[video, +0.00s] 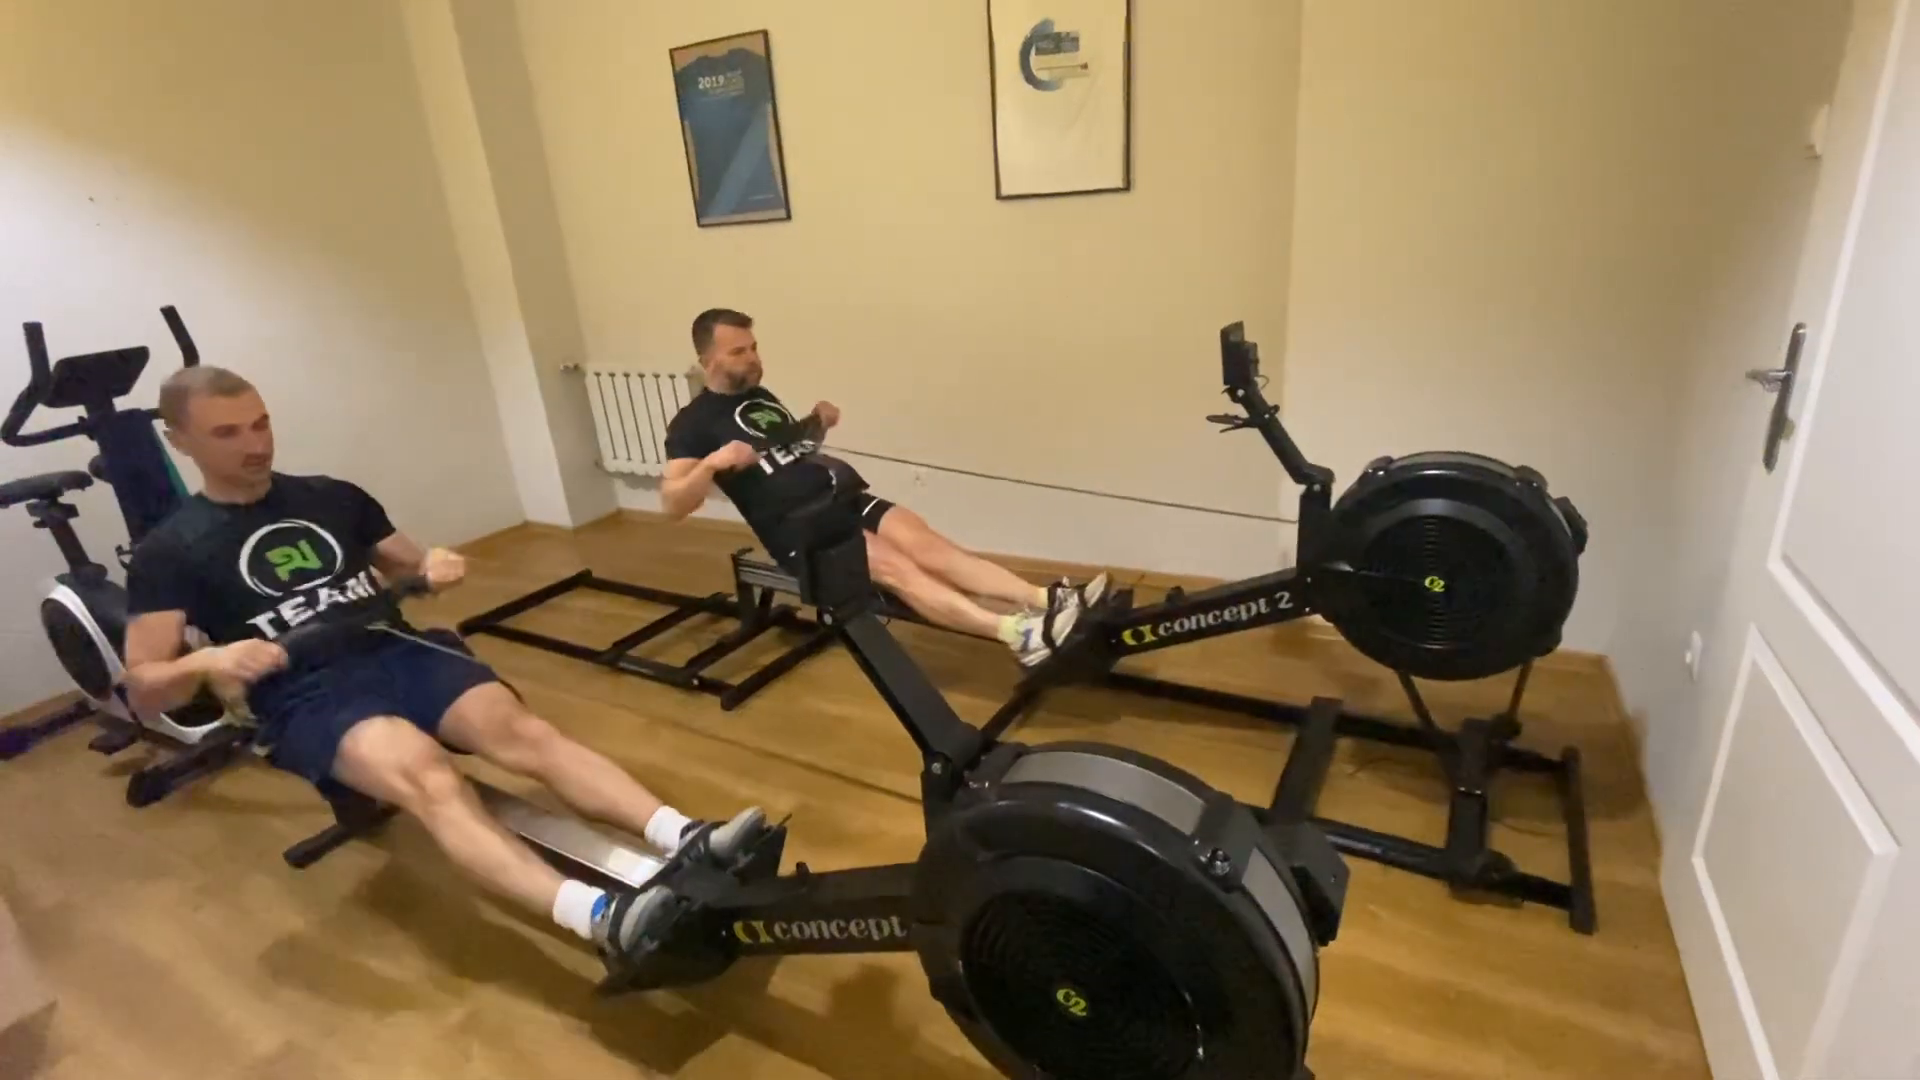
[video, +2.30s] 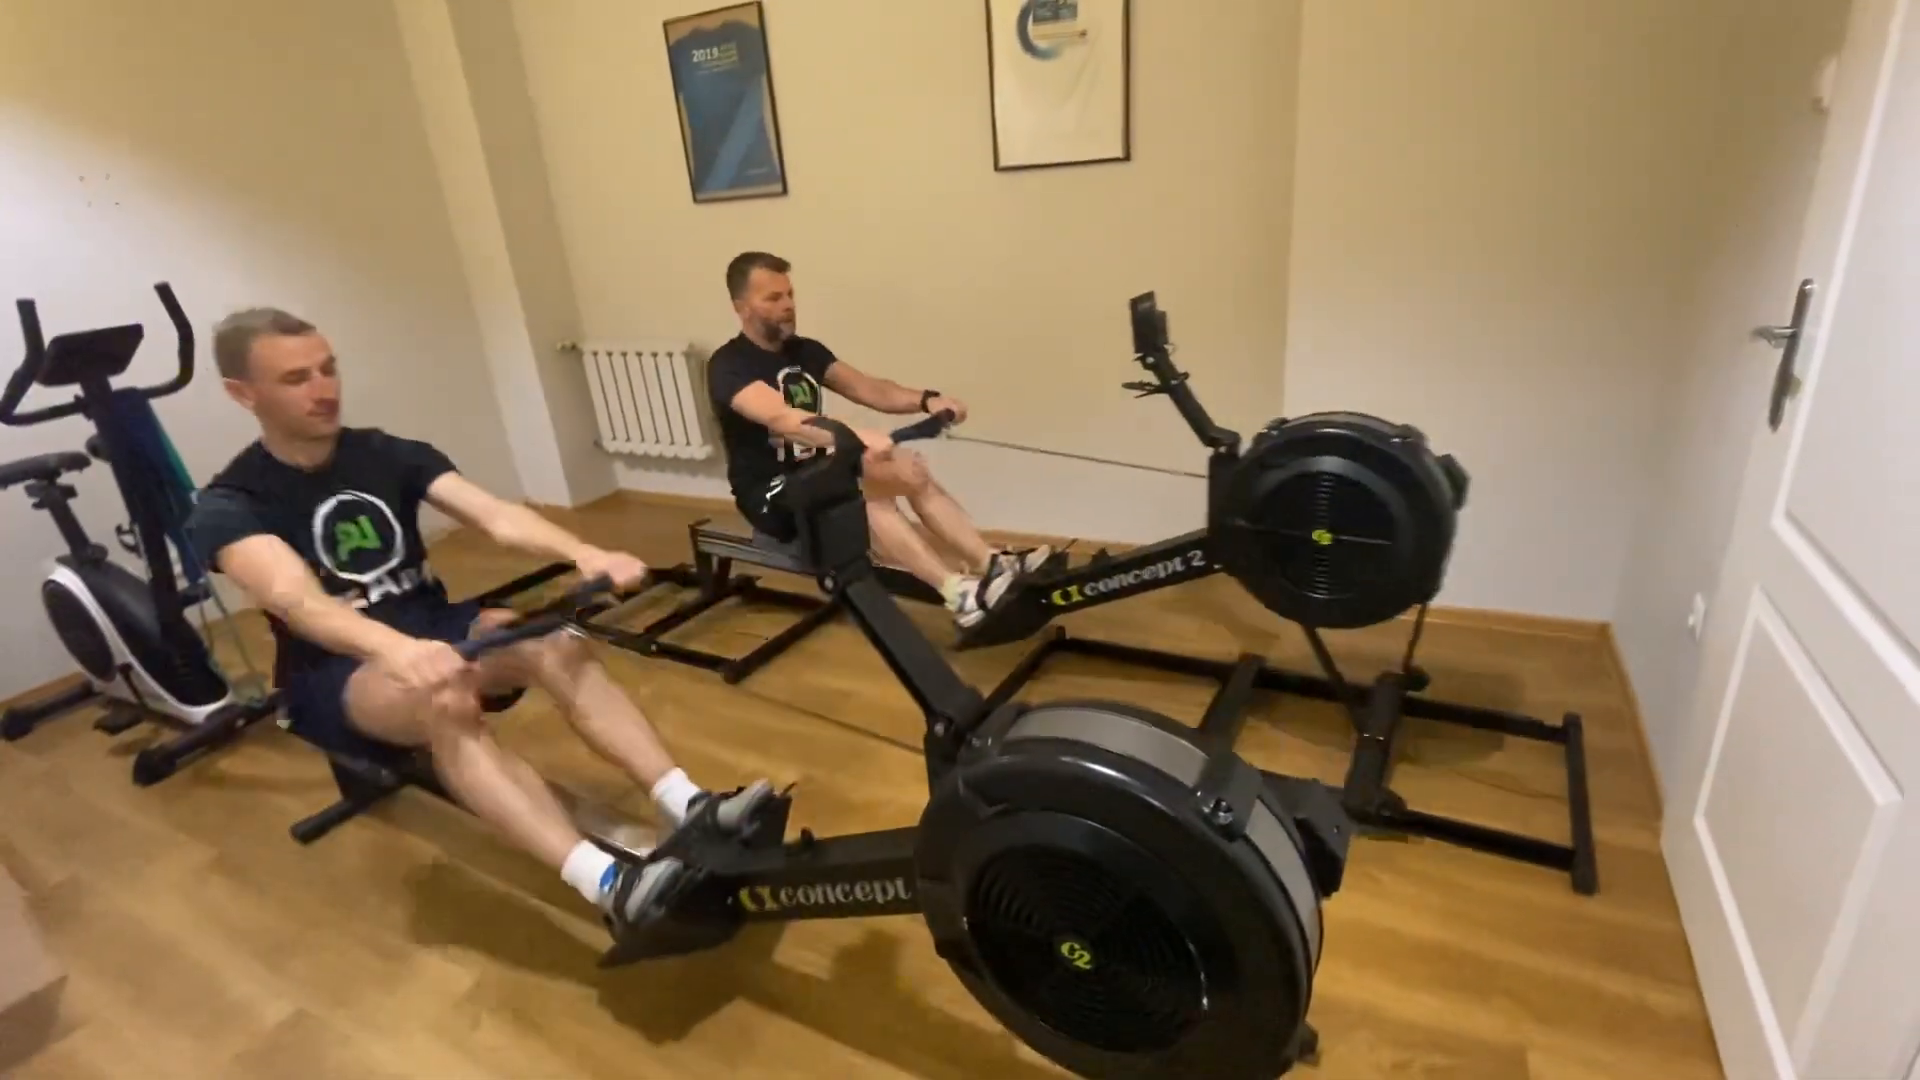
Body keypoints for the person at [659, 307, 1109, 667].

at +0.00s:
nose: (753, 360)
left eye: (754, 349)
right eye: (740, 352)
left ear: (752, 348)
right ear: (706, 358)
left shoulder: (761, 397)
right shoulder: (690, 424)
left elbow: (788, 447)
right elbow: (673, 502)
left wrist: (814, 424)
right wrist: (710, 465)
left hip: (847, 501)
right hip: (806, 533)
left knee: (931, 546)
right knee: (900, 571)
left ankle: (1047, 601)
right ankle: (1017, 635)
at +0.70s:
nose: (782, 328)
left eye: (783, 317)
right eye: (769, 321)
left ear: (785, 317)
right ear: (737, 329)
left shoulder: (792, 372)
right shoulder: (717, 390)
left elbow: (835, 420)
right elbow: (709, 472)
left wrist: (872, 419)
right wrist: (771, 456)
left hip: (834, 494)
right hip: (786, 518)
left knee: (913, 504)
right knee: (879, 530)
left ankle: (1016, 583)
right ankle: (984, 613)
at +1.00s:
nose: (798, 327)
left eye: (798, 317)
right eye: (785, 320)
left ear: (800, 316)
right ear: (751, 329)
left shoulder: (809, 370)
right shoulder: (733, 388)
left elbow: (867, 412)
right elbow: (746, 467)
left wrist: (913, 420)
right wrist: (816, 468)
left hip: (836, 490)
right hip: (785, 511)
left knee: (915, 475)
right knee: (873, 491)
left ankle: (988, 573)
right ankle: (953, 601)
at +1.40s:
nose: (830, 324)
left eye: (830, 313)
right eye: (815, 317)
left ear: (834, 309)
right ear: (783, 328)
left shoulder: (840, 366)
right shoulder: (762, 382)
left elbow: (909, 405)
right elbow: (804, 450)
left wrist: (966, 425)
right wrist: (874, 471)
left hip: (832, 483)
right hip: (780, 507)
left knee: (902, 429)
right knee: (855, 482)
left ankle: (937, 552)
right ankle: (891, 575)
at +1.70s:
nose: (863, 333)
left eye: (862, 323)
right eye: (849, 327)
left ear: (864, 321)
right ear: (816, 339)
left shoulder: (869, 374)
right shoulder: (798, 393)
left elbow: (949, 406)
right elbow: (857, 448)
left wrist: (1016, 434)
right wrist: (937, 485)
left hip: (832, 493)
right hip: (778, 509)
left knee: (898, 418)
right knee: (823, 443)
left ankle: (910, 544)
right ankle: (862, 565)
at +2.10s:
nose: (832, 318)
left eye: (832, 308)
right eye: (818, 311)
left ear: (836, 308)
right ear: (785, 322)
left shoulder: (839, 365)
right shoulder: (768, 380)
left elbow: (914, 401)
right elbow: (832, 433)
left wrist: (979, 417)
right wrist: (909, 457)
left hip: (822, 481)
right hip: (770, 499)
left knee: (894, 430)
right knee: (839, 466)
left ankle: (948, 553)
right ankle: (903, 579)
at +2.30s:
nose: (788, 307)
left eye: (789, 295)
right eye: (774, 298)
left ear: (793, 295)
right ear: (739, 306)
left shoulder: (803, 351)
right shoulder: (729, 366)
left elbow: (867, 389)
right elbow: (785, 420)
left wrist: (927, 400)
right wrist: (855, 440)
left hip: (827, 473)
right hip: (776, 495)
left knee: (912, 473)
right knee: (866, 507)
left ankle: (994, 566)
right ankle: (958, 593)